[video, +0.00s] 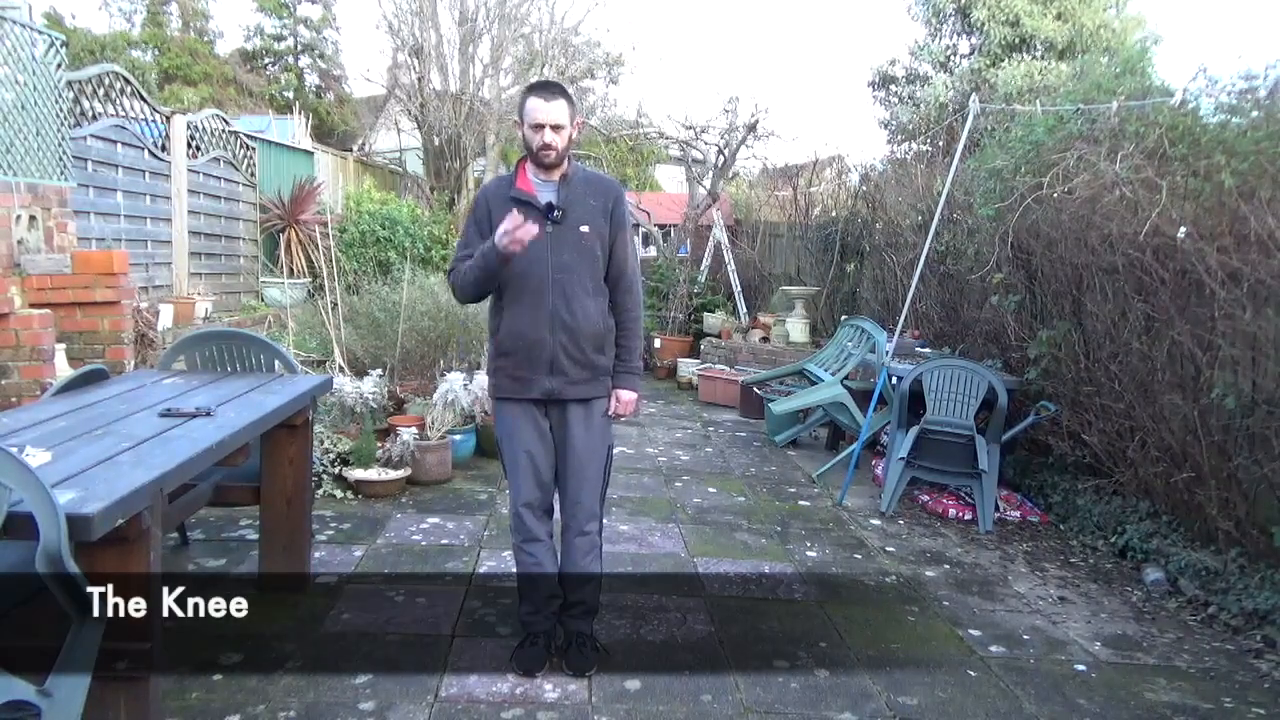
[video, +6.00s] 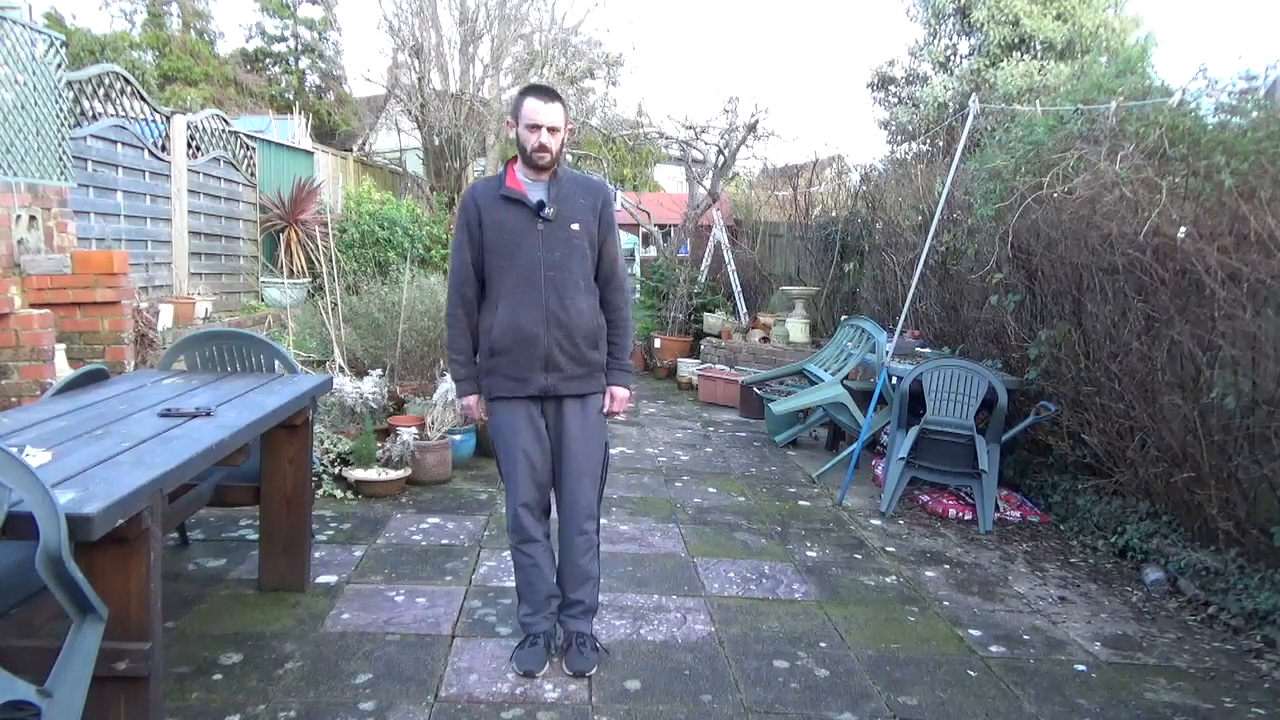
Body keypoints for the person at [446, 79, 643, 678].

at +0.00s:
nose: (547, 138)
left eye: (557, 127)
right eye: (537, 127)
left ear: (574, 129)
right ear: (522, 129)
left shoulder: (605, 194)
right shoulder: (493, 196)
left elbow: (627, 290)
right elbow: (464, 286)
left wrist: (628, 374)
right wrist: (500, 248)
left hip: (589, 376)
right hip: (516, 377)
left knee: (584, 509)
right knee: (529, 506)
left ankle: (579, 631)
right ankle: (535, 632)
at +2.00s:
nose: (554, 138)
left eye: (564, 129)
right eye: (544, 128)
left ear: (578, 132)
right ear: (526, 130)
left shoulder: (607, 198)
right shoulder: (493, 199)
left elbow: (626, 295)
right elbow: (467, 293)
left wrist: (628, 377)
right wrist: (493, 263)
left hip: (591, 380)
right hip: (517, 381)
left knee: (583, 513)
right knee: (528, 513)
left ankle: (580, 627)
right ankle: (536, 629)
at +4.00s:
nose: (535, 141)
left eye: (544, 130)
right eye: (524, 132)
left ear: (563, 130)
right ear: (510, 135)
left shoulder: (599, 195)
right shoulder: (486, 200)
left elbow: (621, 292)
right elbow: (465, 296)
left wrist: (625, 375)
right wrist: (483, 261)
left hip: (586, 378)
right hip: (512, 380)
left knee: (582, 512)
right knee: (526, 513)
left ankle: (580, 625)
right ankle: (535, 627)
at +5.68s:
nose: (537, 139)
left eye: (546, 129)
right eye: (526, 130)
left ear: (564, 129)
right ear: (512, 133)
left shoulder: (597, 195)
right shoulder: (485, 200)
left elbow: (618, 290)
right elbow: (466, 284)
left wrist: (622, 373)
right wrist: (471, 348)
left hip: (585, 378)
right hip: (511, 381)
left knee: (581, 512)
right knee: (525, 513)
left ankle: (580, 626)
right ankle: (536, 628)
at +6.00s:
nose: (544, 139)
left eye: (553, 129)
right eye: (534, 128)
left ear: (566, 133)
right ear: (515, 130)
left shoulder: (593, 194)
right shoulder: (481, 199)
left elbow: (615, 290)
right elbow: (462, 295)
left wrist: (620, 371)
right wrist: (464, 379)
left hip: (583, 377)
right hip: (508, 379)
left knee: (581, 510)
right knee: (525, 510)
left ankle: (580, 624)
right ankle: (536, 626)